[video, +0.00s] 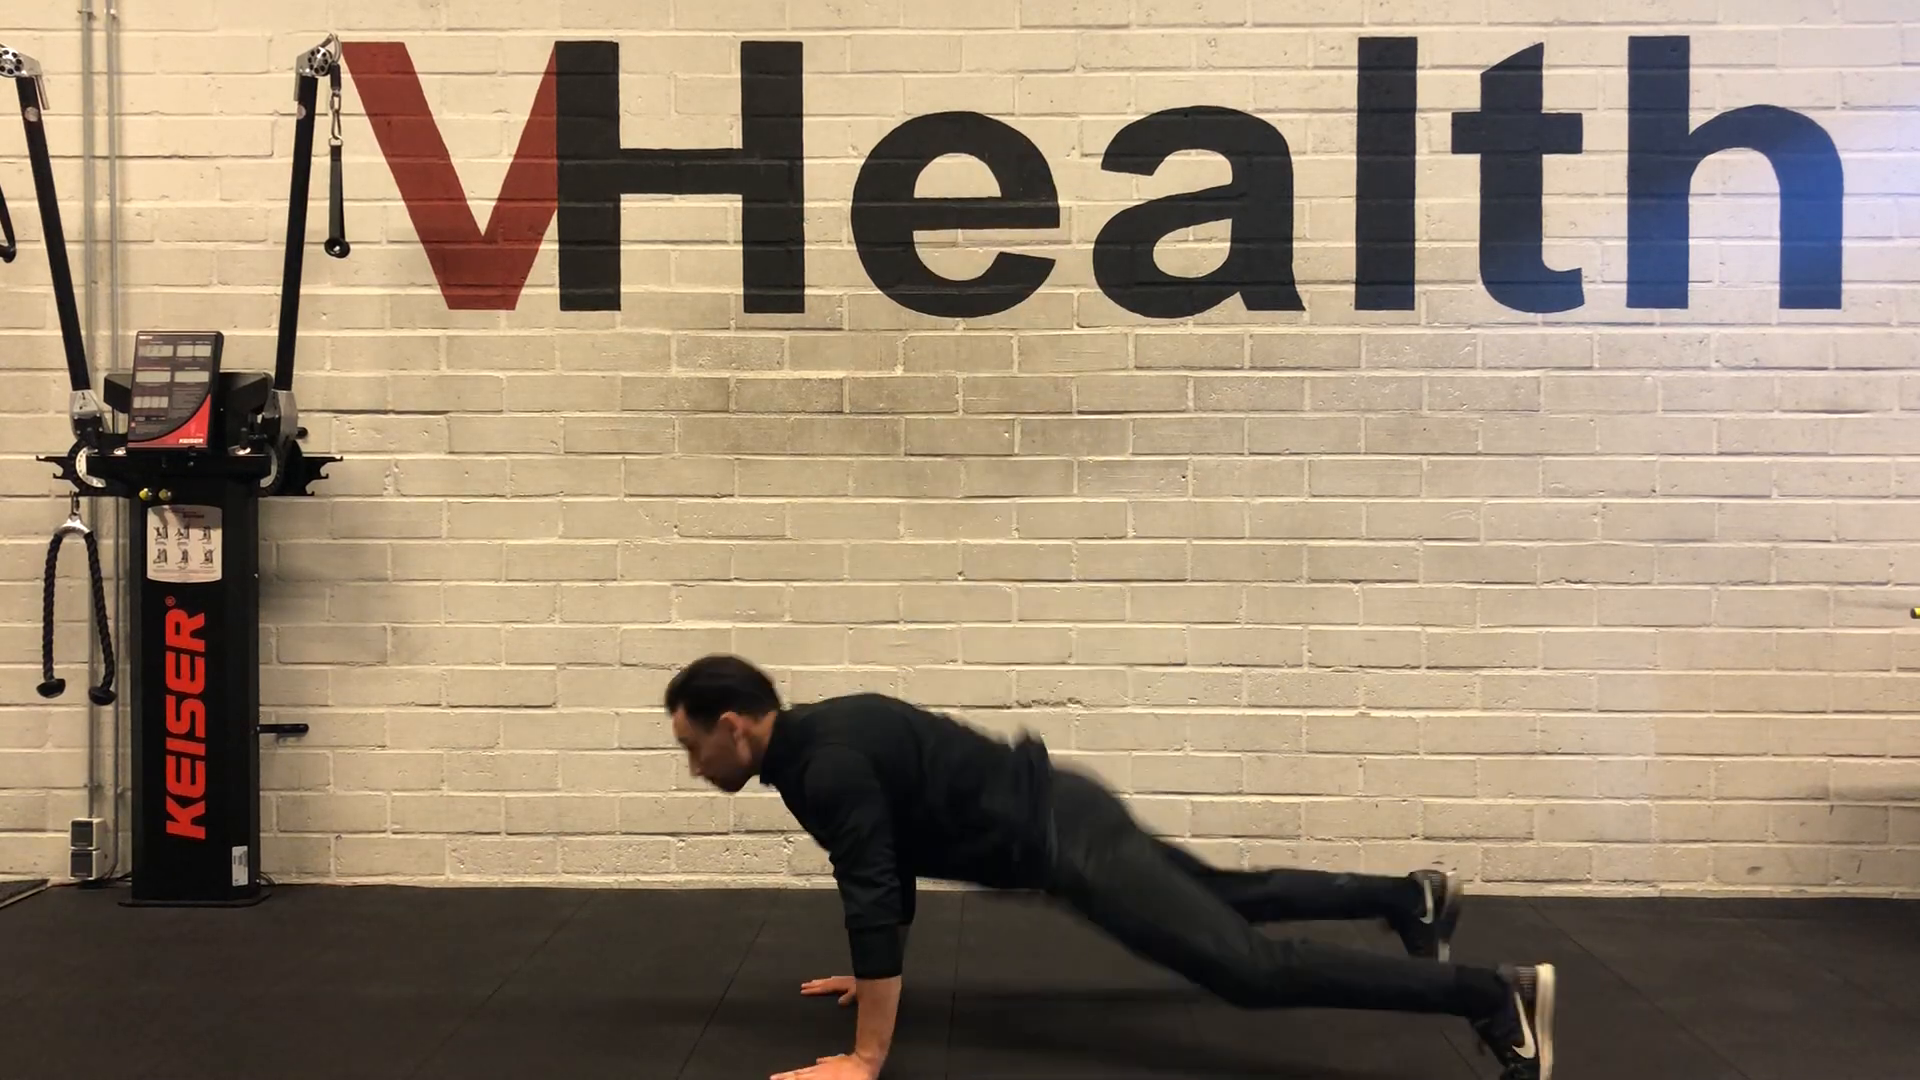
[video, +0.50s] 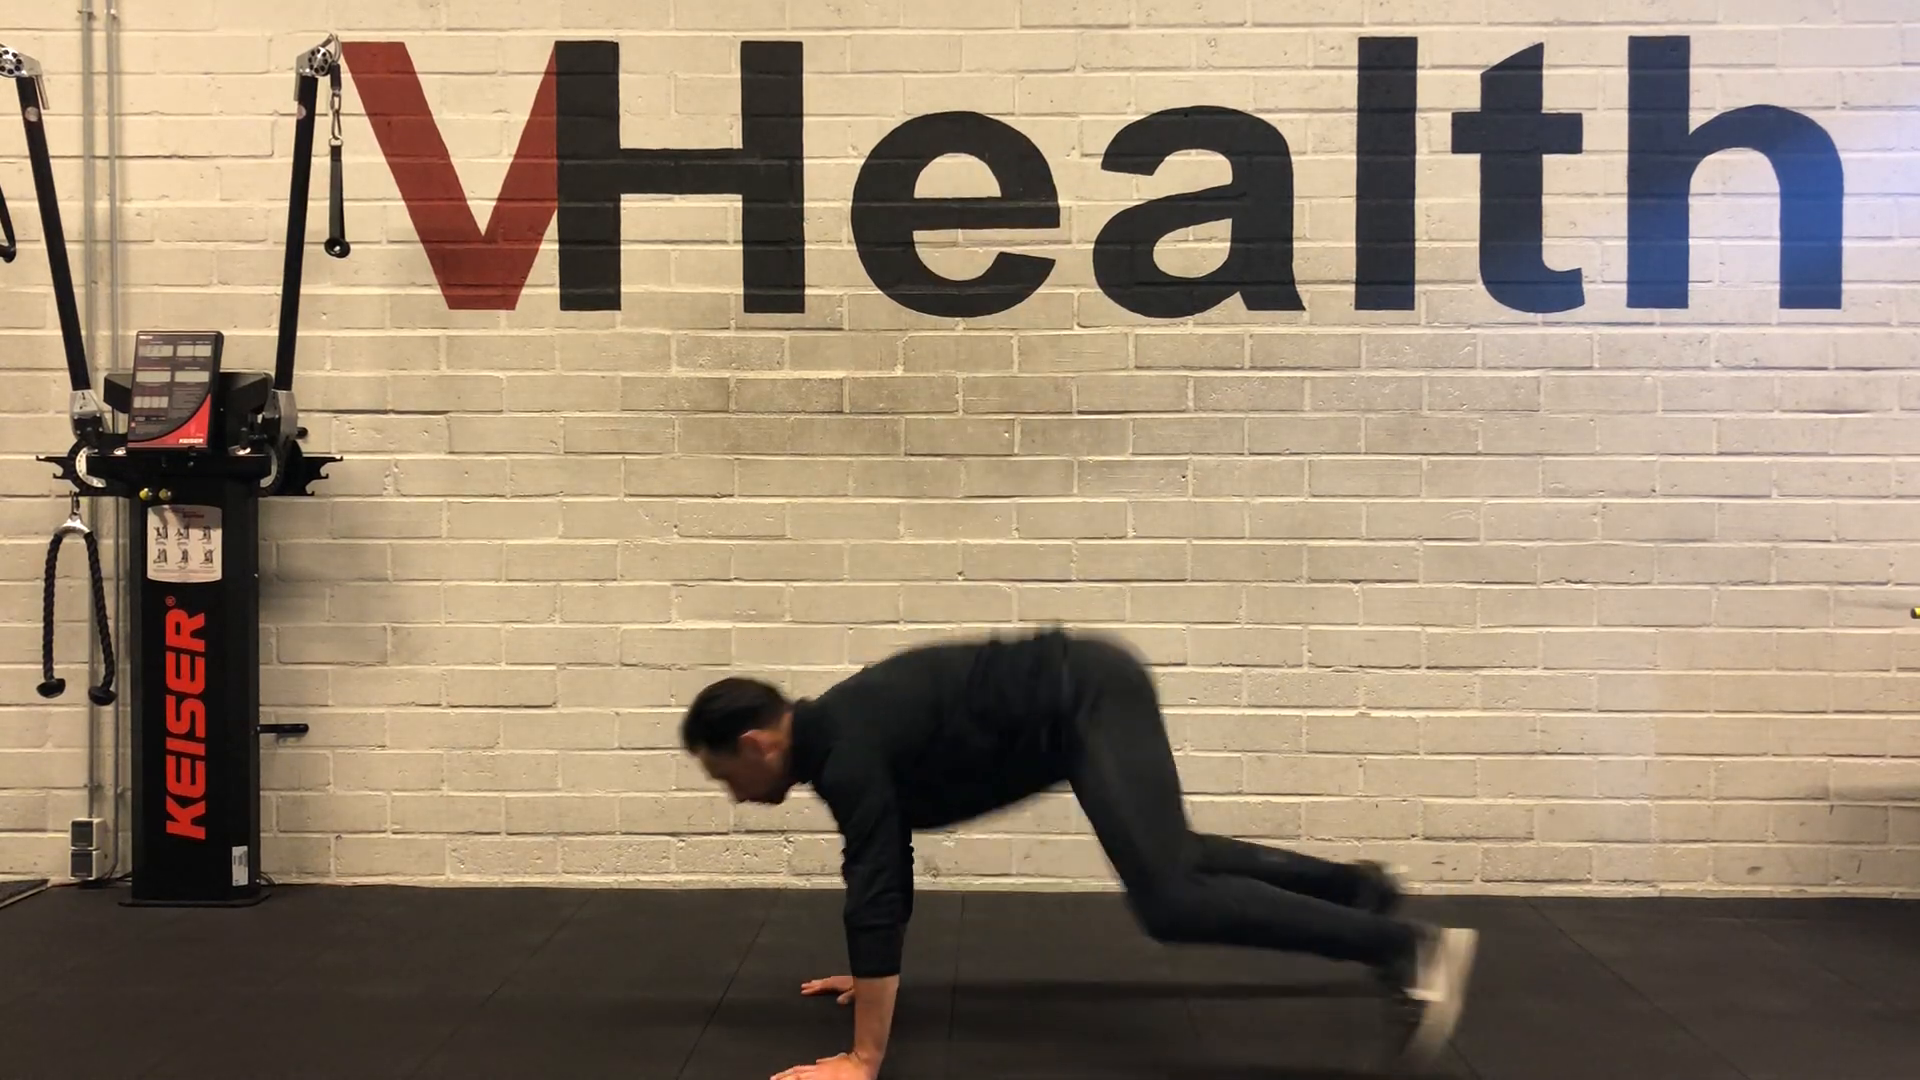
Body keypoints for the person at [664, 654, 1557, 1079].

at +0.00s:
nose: (691, 762)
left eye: (694, 744)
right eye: (686, 747)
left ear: (737, 724)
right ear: (742, 714)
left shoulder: (826, 760)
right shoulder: (812, 745)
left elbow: (878, 902)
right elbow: (872, 877)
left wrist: (867, 1052)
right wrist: (868, 978)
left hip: (1061, 833)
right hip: (1054, 813)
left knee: (1252, 970)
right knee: (1220, 900)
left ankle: (1487, 995)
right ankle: (1407, 897)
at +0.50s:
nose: (724, 790)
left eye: (722, 773)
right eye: (716, 776)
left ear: (758, 742)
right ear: (763, 731)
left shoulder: (849, 752)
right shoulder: (837, 732)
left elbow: (880, 896)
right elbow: (873, 866)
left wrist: (864, 1057)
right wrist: (866, 966)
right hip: (1083, 697)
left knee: (1165, 904)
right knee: (1171, 864)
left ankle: (1409, 948)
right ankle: (1364, 891)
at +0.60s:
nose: (779, 763)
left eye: (773, 745)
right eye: (768, 750)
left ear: (809, 711)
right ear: (815, 703)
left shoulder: (891, 730)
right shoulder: (883, 713)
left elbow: (888, 886)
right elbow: (894, 865)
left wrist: (860, 1046)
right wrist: (872, 965)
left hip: (1132, 631)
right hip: (1104, 631)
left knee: (1052, 816)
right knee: (1037, 800)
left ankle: (1244, 970)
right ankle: (1201, 918)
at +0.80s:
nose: (795, 620)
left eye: (796, 601)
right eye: (789, 605)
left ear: (838, 579)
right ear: (840, 579)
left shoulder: (915, 634)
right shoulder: (905, 623)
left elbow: (883, 781)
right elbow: (883, 767)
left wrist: (816, 929)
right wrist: (835, 869)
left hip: (1154, 702)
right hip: (1116, 688)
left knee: (996, 817)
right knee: (970, 778)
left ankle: (1080, 1031)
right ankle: (1048, 960)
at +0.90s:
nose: (809, 514)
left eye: (814, 495)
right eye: (804, 498)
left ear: (859, 480)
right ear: (862, 482)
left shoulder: (930, 548)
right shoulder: (916, 541)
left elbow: (903, 703)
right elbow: (898, 691)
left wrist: (835, 841)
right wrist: (851, 791)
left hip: (1136, 678)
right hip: (1088, 671)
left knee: (994, 812)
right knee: (964, 776)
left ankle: (1080, 1027)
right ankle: (1047, 963)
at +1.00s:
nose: (825, 401)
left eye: (833, 383)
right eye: (824, 384)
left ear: (882, 379)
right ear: (885, 382)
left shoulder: (946, 457)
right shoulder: (930, 451)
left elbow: (938, 616)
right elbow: (939, 613)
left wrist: (894, 753)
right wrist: (896, 741)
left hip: (1118, 634)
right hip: (1071, 635)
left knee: (1003, 805)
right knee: (974, 773)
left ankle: (1081, 1033)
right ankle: (1046, 959)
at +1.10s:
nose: (853, 317)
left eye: (862, 299)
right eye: (852, 299)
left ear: (914, 297)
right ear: (912, 299)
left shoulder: (971, 387)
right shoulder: (947, 382)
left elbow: (987, 543)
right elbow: (981, 543)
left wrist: (966, 675)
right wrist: (972, 668)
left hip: (1092, 605)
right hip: (1053, 604)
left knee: (1012, 800)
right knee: (996, 782)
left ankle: (1082, 1035)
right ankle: (1049, 958)